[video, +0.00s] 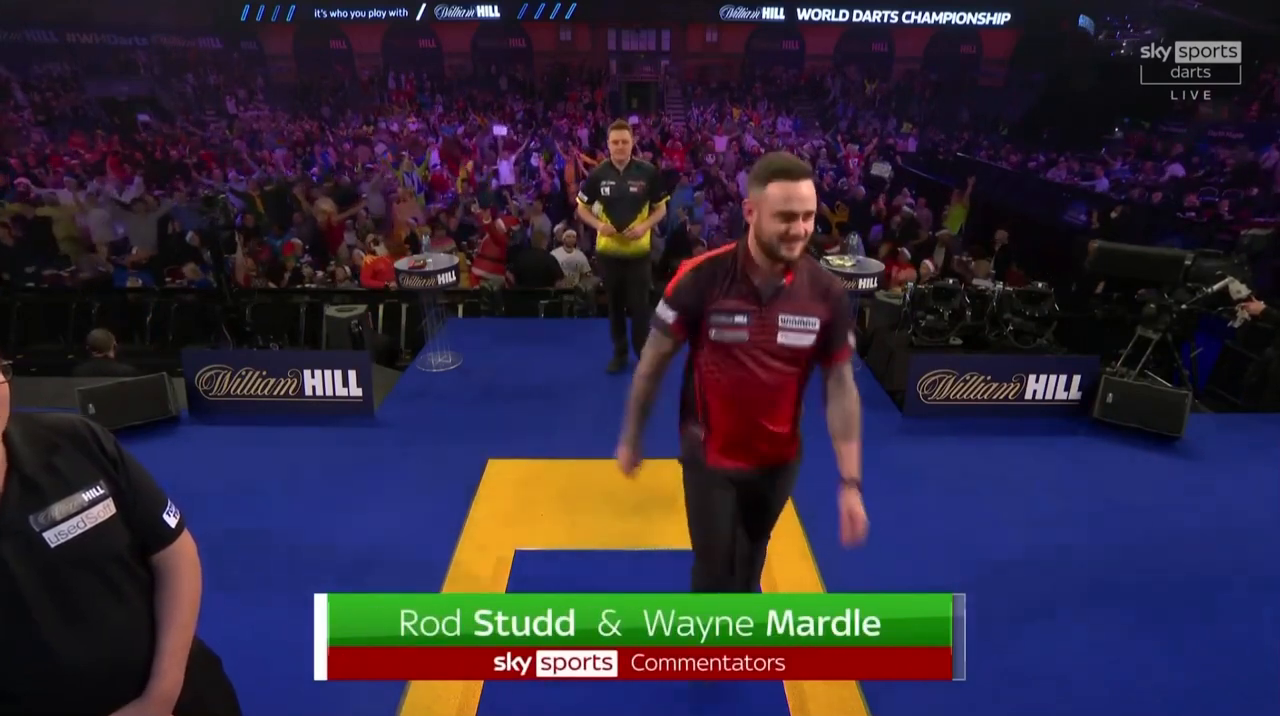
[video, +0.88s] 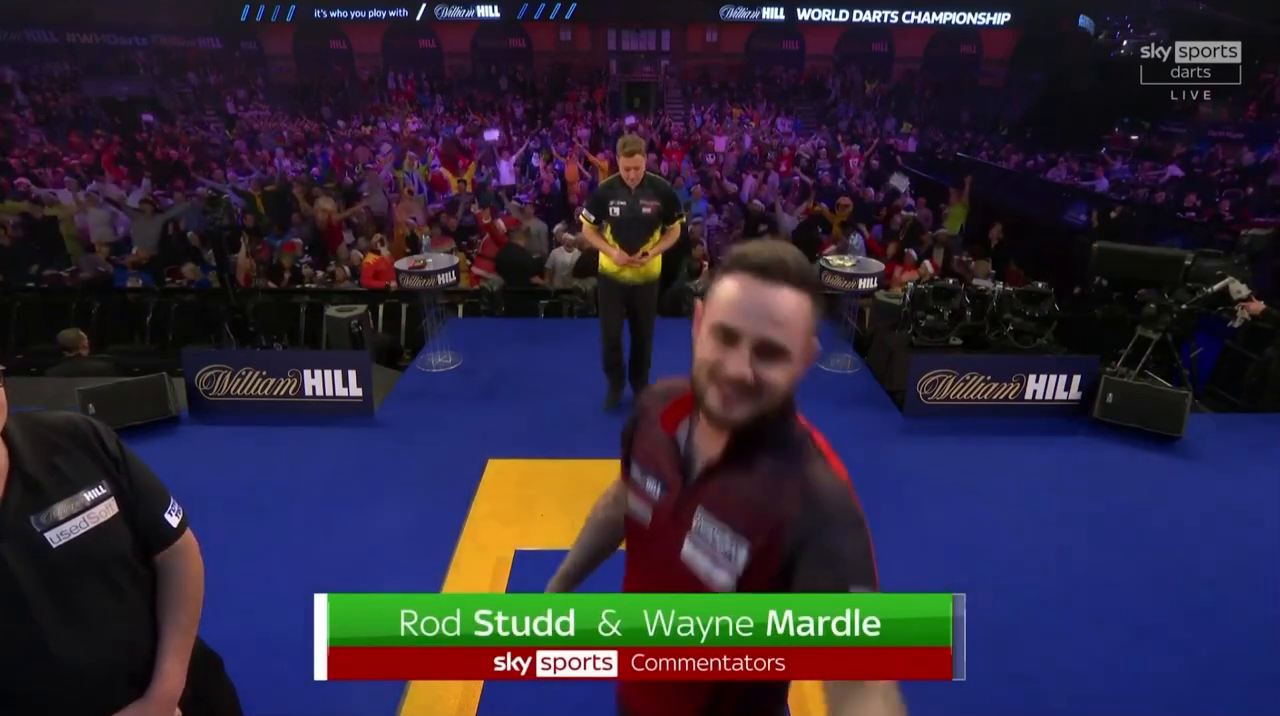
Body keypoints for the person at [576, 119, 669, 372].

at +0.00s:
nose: (619, 147)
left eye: (624, 142)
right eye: (614, 142)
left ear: (632, 143)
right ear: (608, 145)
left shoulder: (649, 173)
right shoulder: (598, 174)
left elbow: (661, 207)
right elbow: (581, 208)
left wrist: (644, 225)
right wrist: (598, 224)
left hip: (638, 251)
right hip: (609, 252)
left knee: (640, 306)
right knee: (615, 307)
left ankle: (642, 354)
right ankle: (619, 354)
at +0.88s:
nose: (632, 174)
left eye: (636, 168)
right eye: (626, 168)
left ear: (645, 163)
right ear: (618, 164)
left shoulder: (663, 191)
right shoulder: (605, 191)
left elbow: (675, 229)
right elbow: (586, 228)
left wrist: (654, 250)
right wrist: (611, 251)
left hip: (647, 276)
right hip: (612, 275)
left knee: (643, 337)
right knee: (610, 337)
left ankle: (641, 389)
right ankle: (615, 388)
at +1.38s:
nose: (615, 196)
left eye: (620, 189)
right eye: (609, 190)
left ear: (630, 180)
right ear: (599, 182)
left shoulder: (649, 203)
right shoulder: (585, 209)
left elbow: (660, 244)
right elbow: (561, 252)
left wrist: (646, 276)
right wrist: (590, 285)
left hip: (635, 304)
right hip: (596, 306)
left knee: (641, 367)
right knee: (600, 377)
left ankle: (633, 397)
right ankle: (603, 444)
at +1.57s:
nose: (616, 200)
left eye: (622, 193)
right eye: (609, 194)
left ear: (631, 181)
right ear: (599, 183)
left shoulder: (648, 205)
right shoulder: (583, 212)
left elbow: (659, 245)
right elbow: (557, 257)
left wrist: (647, 283)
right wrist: (578, 303)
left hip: (634, 311)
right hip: (595, 315)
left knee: (640, 382)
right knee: (601, 386)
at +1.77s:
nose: (621, 207)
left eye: (627, 200)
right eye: (615, 200)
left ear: (637, 189)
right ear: (603, 190)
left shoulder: (652, 214)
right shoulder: (585, 223)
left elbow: (659, 256)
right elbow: (560, 271)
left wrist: (651, 296)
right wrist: (565, 320)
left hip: (638, 317)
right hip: (595, 320)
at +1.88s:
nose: (627, 203)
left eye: (633, 195)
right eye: (620, 196)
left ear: (643, 189)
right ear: (608, 191)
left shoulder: (660, 218)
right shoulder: (591, 224)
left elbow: (664, 261)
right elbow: (565, 276)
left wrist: (658, 299)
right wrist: (569, 324)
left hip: (639, 328)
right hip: (598, 329)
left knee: (638, 401)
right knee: (598, 402)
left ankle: (631, 478)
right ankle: (594, 484)